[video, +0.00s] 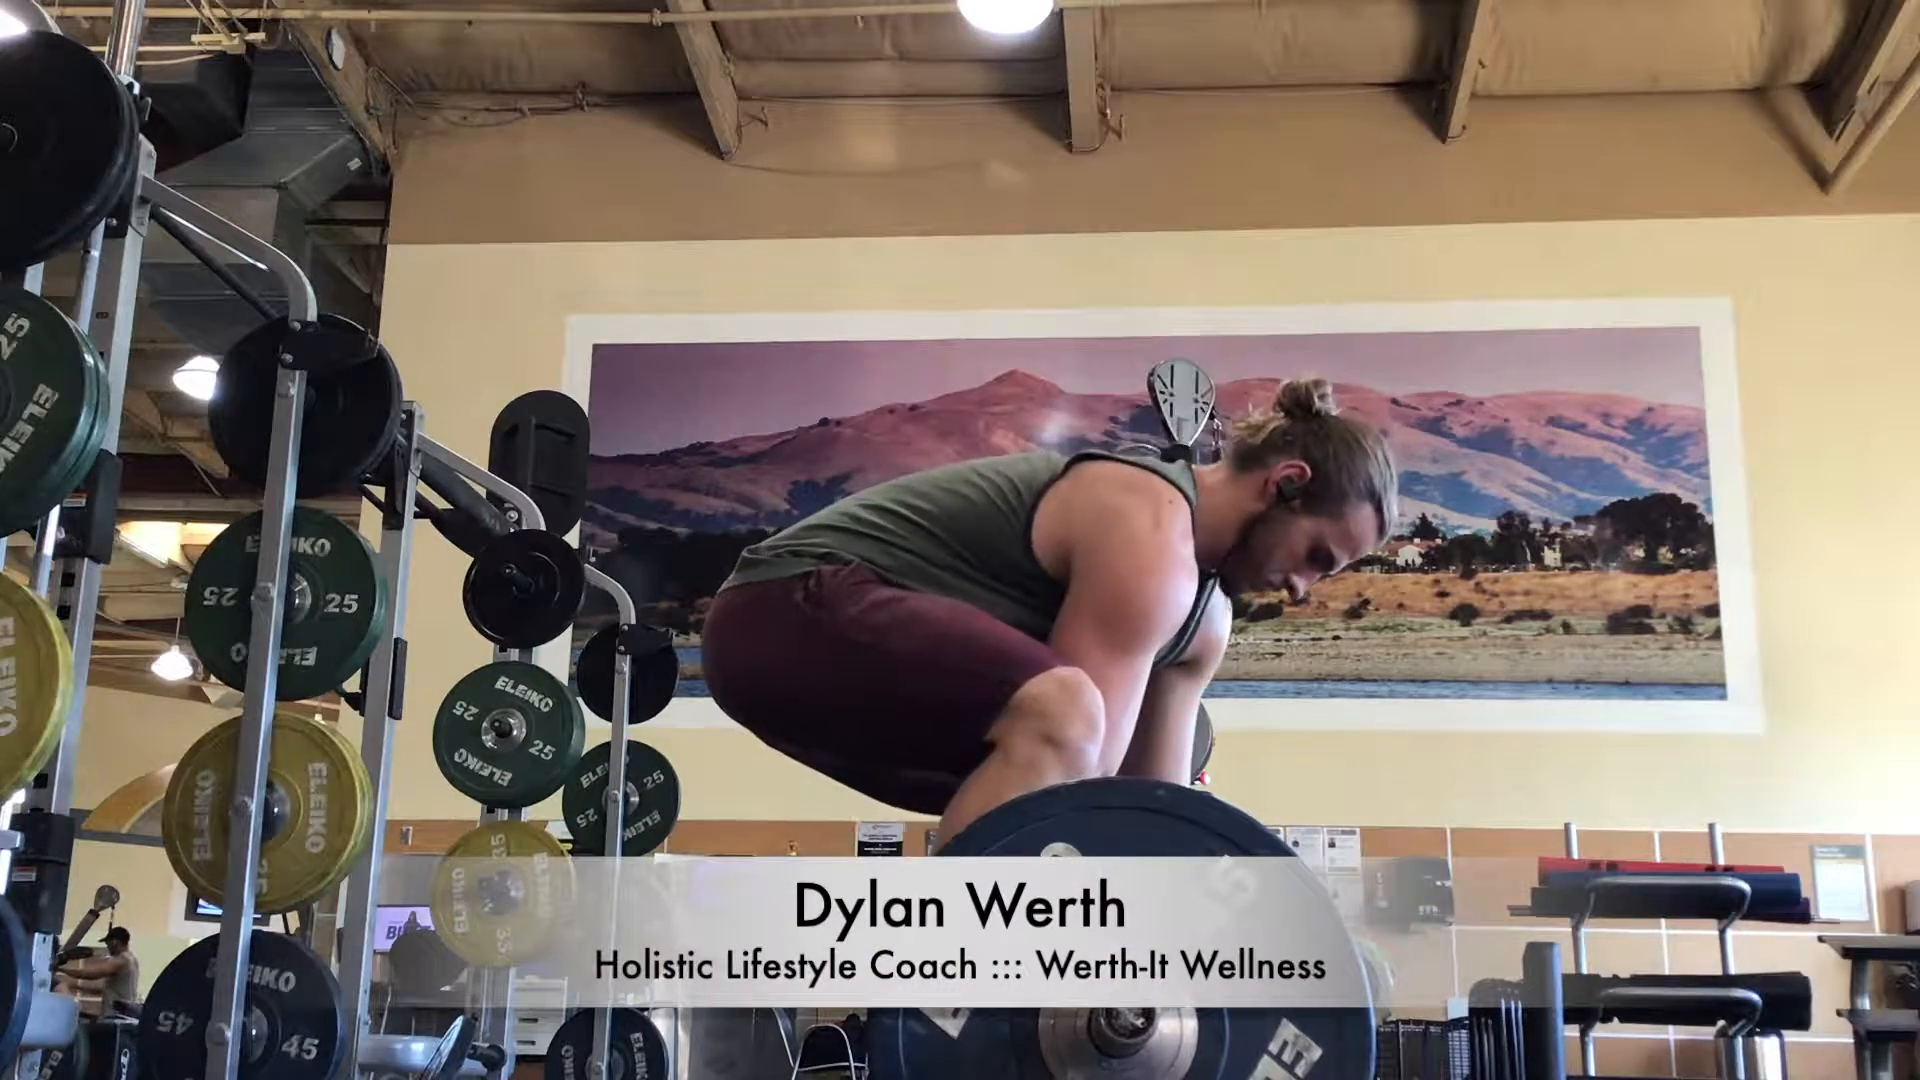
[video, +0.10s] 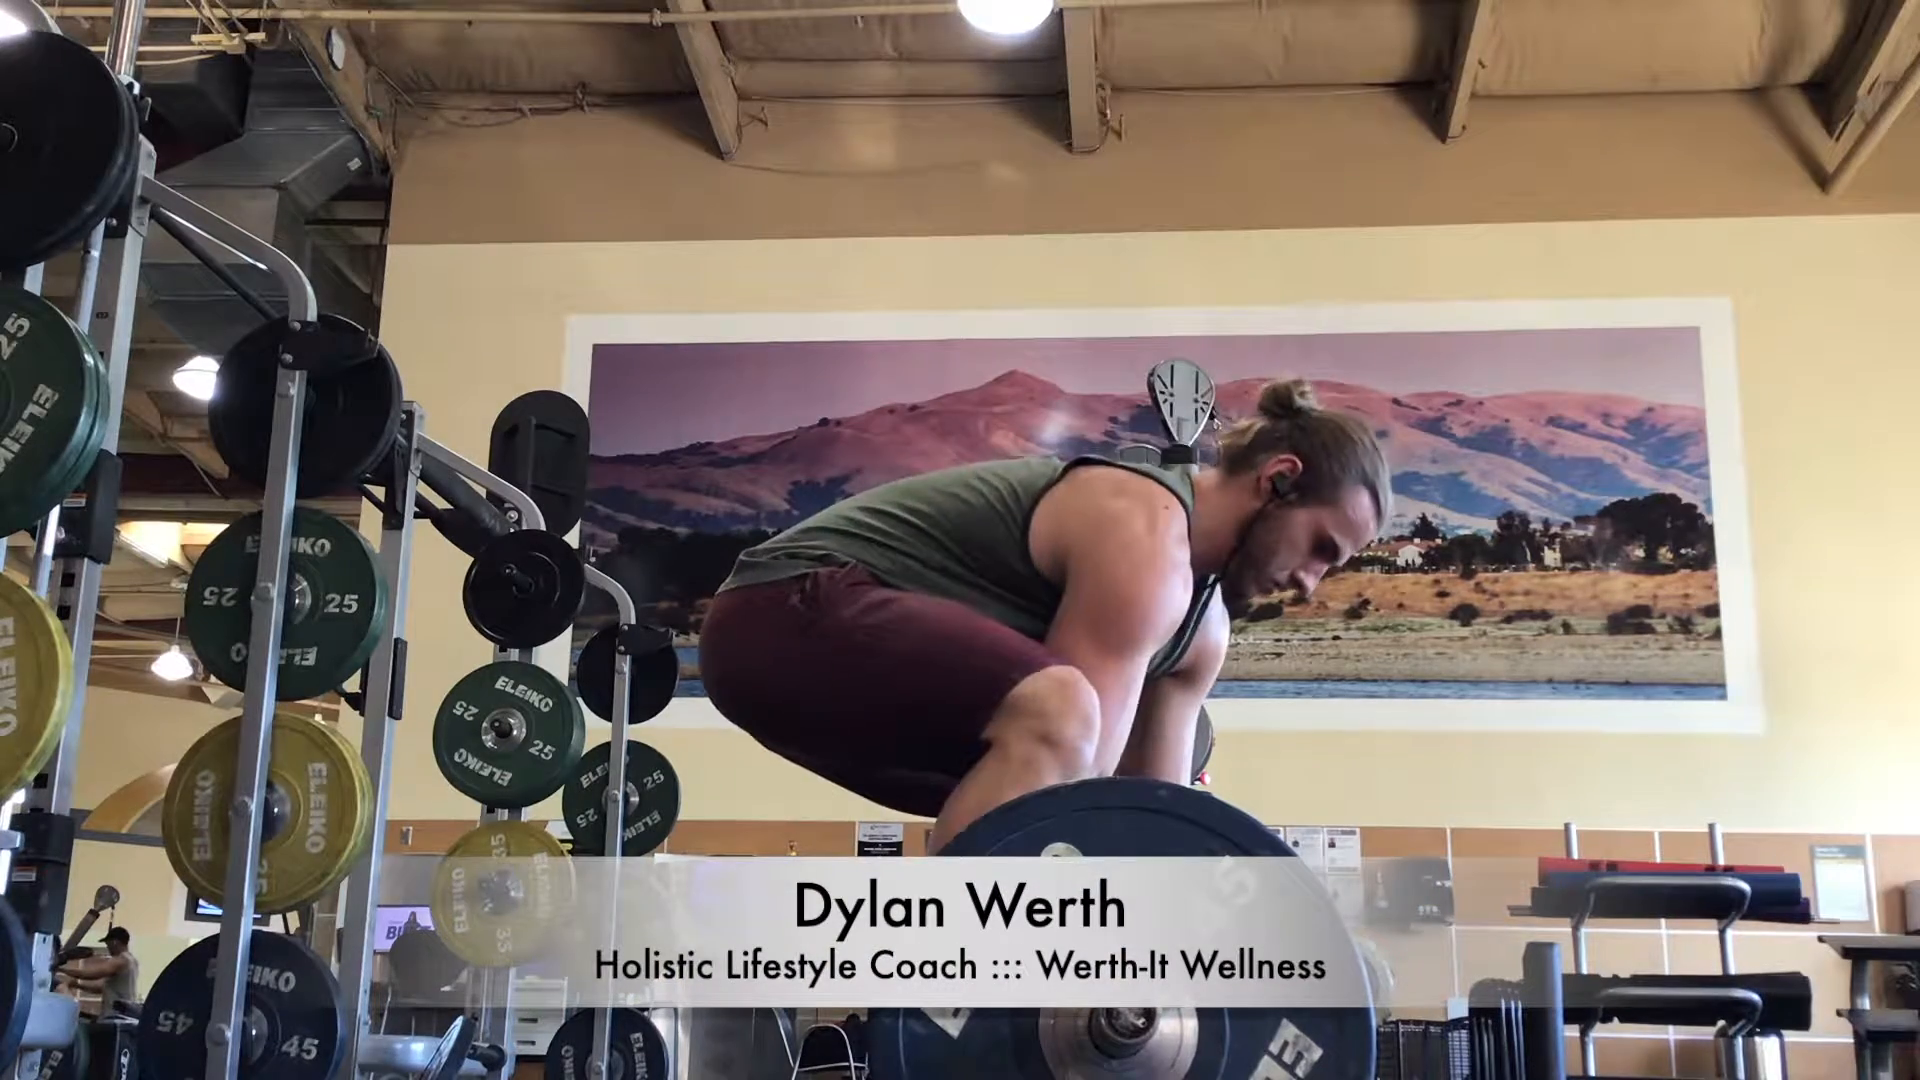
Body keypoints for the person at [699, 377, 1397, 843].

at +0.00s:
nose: (1303, 588)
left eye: (1325, 575)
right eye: (1316, 558)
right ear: (1282, 485)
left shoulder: (1199, 617)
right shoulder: (1143, 539)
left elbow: (1148, 812)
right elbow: (1068, 783)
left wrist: (1157, 968)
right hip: (790, 605)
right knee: (1062, 717)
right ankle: (918, 977)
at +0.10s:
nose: (1314, 584)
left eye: (1335, 567)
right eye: (1324, 548)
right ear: (1276, 478)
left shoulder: (1199, 628)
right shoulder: (1139, 543)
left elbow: (1148, 815)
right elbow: (1066, 779)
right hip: (786, 608)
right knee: (1060, 716)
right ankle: (924, 982)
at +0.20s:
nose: (1317, 573)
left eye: (1336, 557)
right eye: (1321, 537)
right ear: (1264, 475)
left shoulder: (1195, 633)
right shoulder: (1134, 549)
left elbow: (1147, 819)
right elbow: (1064, 783)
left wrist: (1157, 982)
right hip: (783, 612)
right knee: (1060, 720)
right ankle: (921, 986)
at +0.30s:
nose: (1316, 561)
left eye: (1332, 542)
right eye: (1317, 524)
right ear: (1257, 467)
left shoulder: (1190, 633)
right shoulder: (1130, 543)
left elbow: (1142, 817)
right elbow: (1056, 781)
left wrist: (1155, 981)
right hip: (779, 616)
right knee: (1051, 714)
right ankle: (917, 989)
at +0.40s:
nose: (1316, 541)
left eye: (1330, 523)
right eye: (1314, 503)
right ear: (1252, 452)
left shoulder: (1183, 627)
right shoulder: (1131, 529)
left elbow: (1131, 809)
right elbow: (1057, 776)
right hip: (778, 614)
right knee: (1044, 711)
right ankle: (893, 983)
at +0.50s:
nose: (1322, 521)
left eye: (1333, 501)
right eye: (1319, 483)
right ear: (1250, 441)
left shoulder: (1181, 621)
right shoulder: (1139, 523)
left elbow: (1133, 805)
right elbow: (1070, 774)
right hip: (780, 615)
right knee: (1051, 712)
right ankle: (899, 975)